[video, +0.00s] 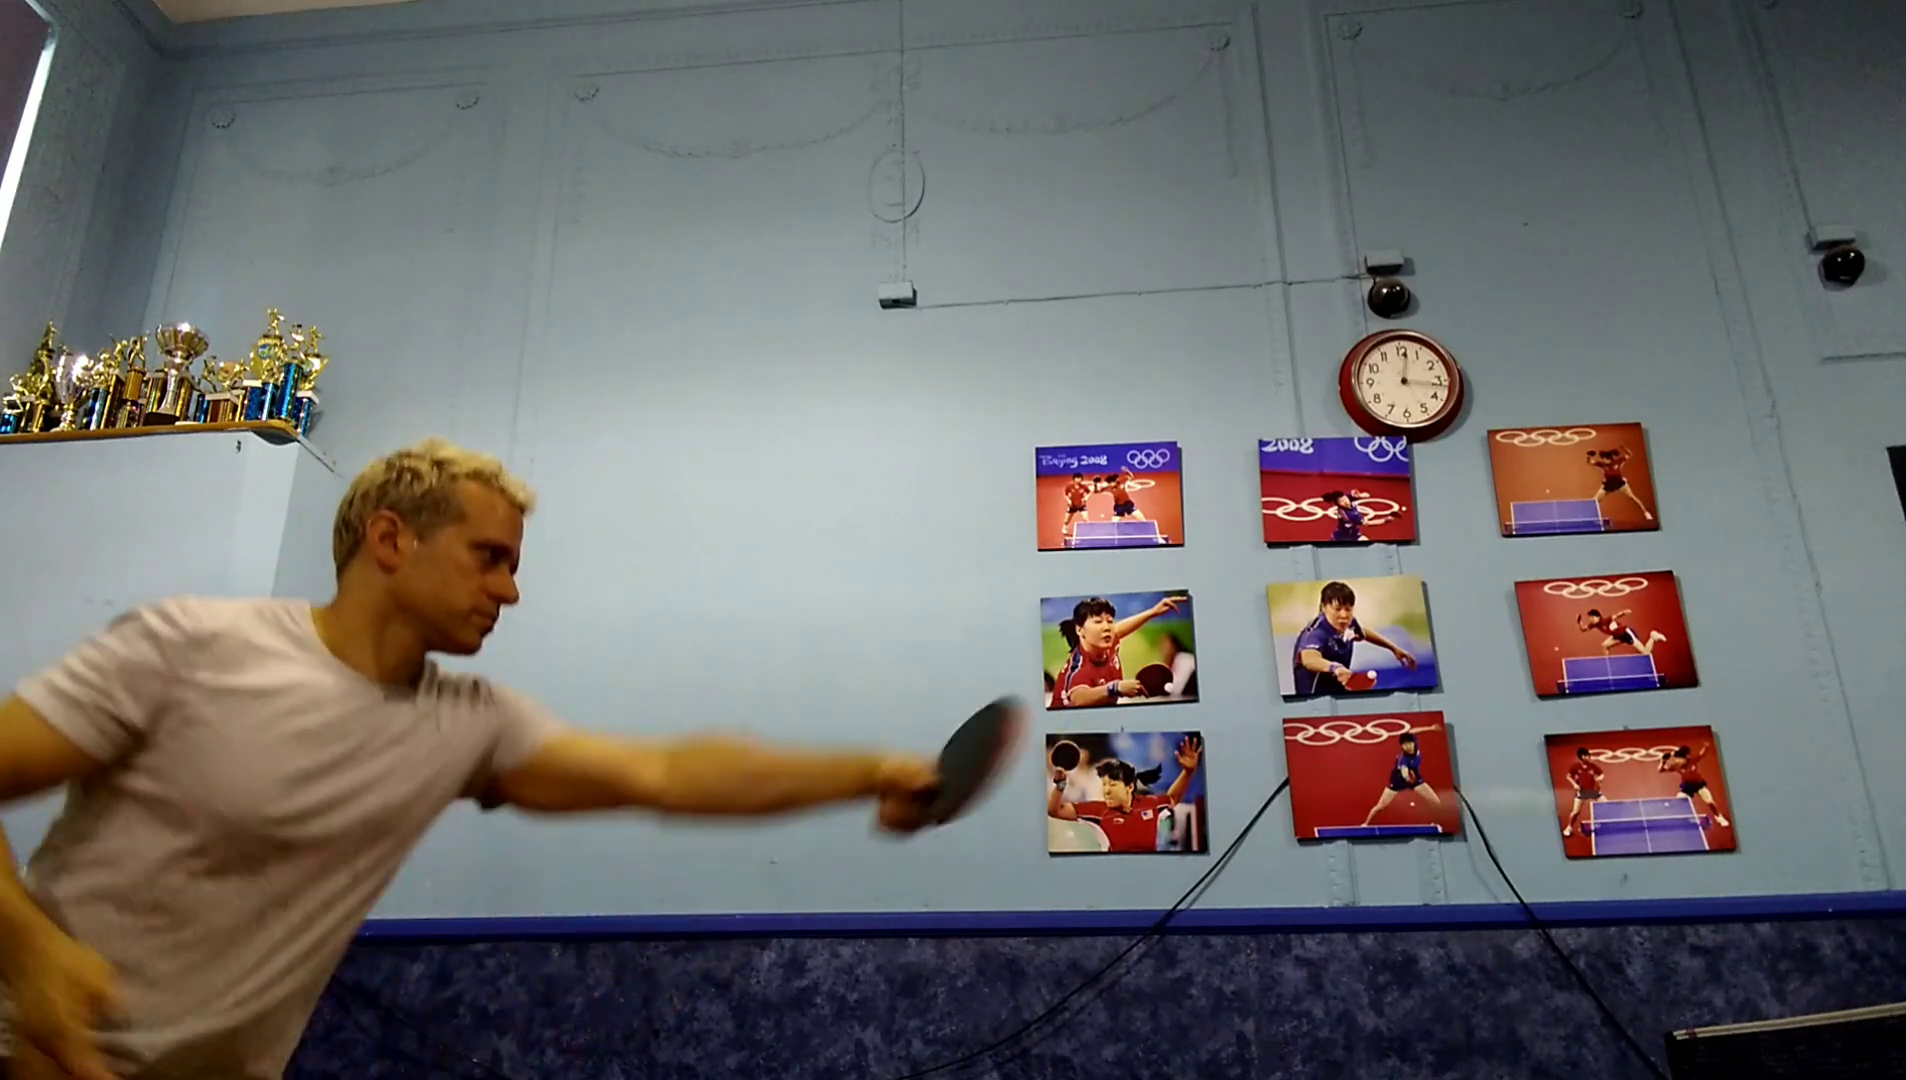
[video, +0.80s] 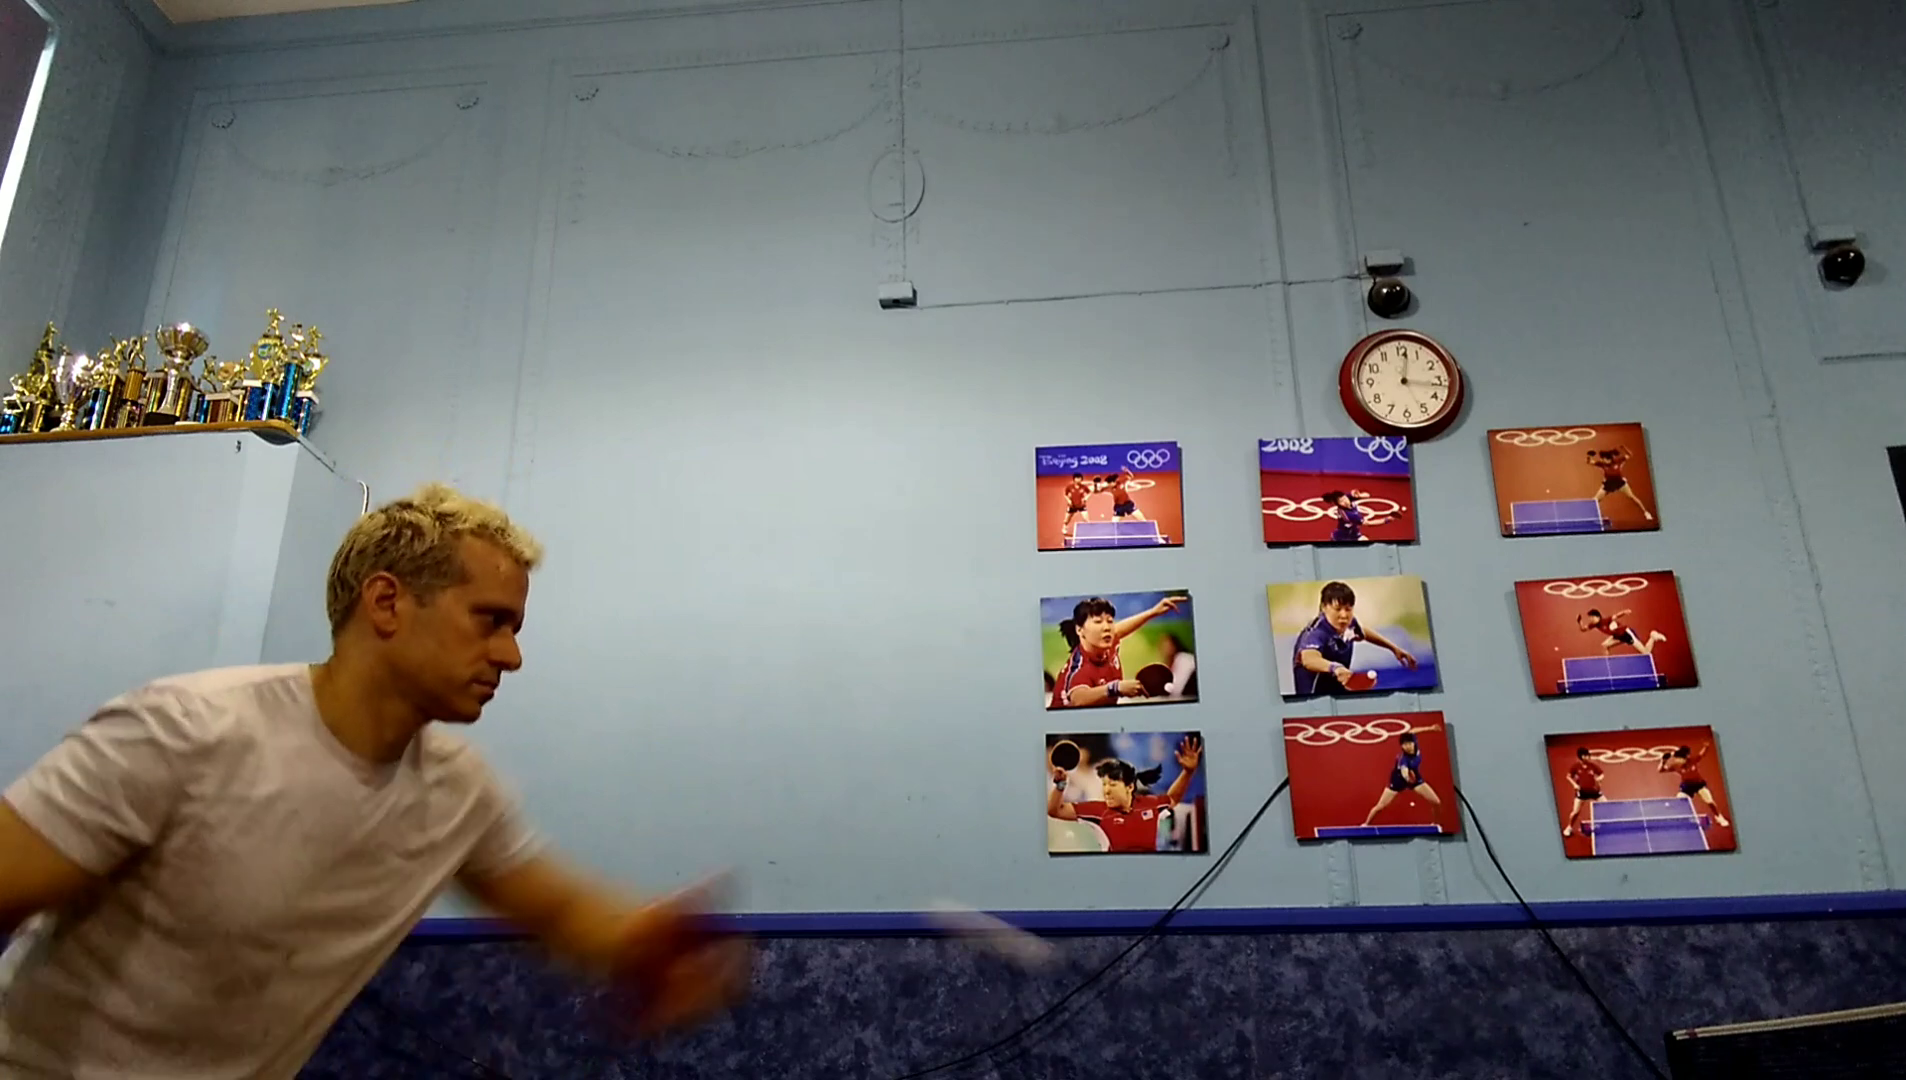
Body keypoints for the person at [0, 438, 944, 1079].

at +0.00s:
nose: (509, 588)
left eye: (514, 564)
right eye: (488, 556)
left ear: (419, 558)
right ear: (386, 541)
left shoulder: (466, 727)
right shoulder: (185, 647)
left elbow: (664, 773)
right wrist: (23, 940)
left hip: (227, 1067)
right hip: (47, 1046)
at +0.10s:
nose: (504, 579)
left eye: (508, 556)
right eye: (486, 546)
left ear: (417, 546)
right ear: (382, 526)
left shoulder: (456, 711)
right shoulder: (168, 622)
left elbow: (659, 750)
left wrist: (862, 737)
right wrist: (5, 891)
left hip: (217, 1067)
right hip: (33, 1030)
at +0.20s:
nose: (498, 573)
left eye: (499, 548)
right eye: (478, 537)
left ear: (388, 526)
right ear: (377, 519)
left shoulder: (439, 721)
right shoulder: (154, 617)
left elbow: (594, 811)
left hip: (210, 1062)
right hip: (33, 1029)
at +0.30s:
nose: (492, 573)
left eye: (492, 550)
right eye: (471, 537)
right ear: (369, 518)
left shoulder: (421, 736)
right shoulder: (159, 623)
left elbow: (493, 885)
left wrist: (543, 942)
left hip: (198, 1067)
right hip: (31, 1044)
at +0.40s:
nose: (499, 581)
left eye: (497, 557)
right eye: (478, 546)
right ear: (373, 531)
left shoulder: (399, 755)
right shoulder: (188, 637)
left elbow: (395, 948)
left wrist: (408, 1023)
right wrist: (19, 1049)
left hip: (186, 1065)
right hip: (32, 1046)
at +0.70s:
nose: (520, 663)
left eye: (519, 635)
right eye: (498, 627)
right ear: (392, 614)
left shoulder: (417, 796)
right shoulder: (202, 738)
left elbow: (415, 964)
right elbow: (0, 925)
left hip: (239, 1068)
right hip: (60, 1063)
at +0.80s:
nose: (514, 654)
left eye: (515, 628)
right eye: (490, 620)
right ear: (387, 607)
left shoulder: (456, 794)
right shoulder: (181, 732)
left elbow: (556, 903)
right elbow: (5, 888)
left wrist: (645, 945)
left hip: (230, 1078)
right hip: (49, 1063)